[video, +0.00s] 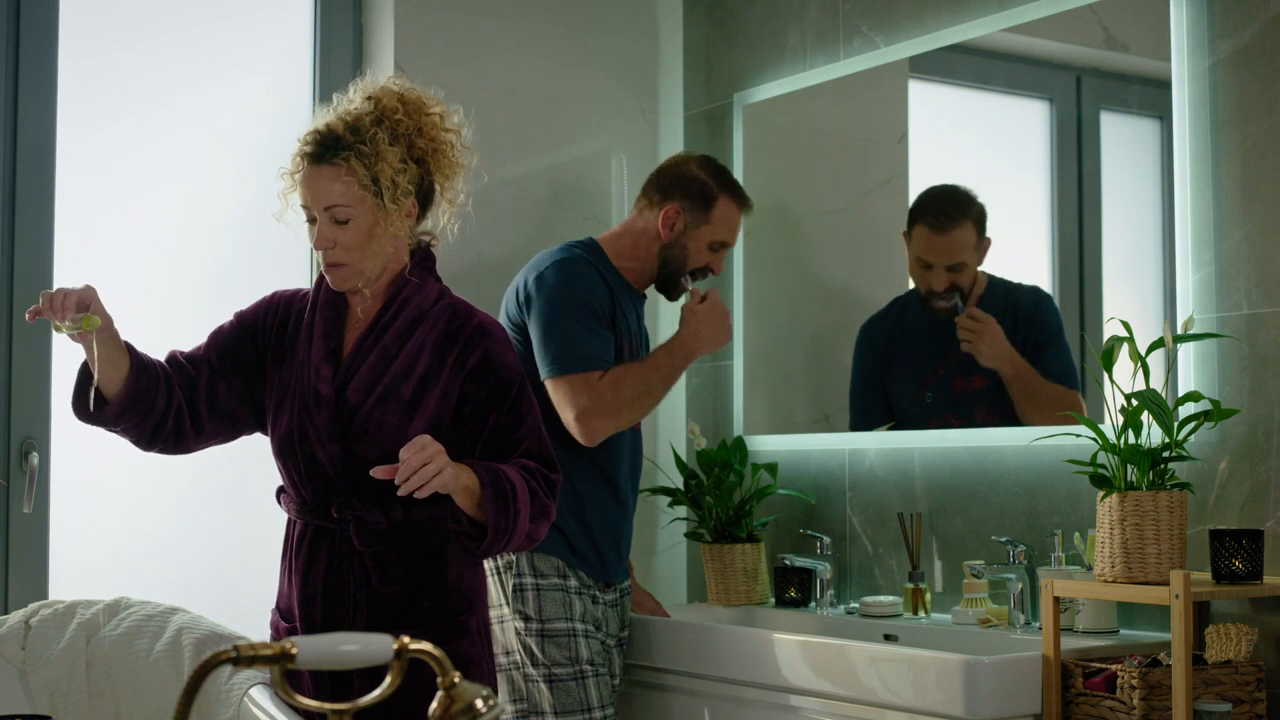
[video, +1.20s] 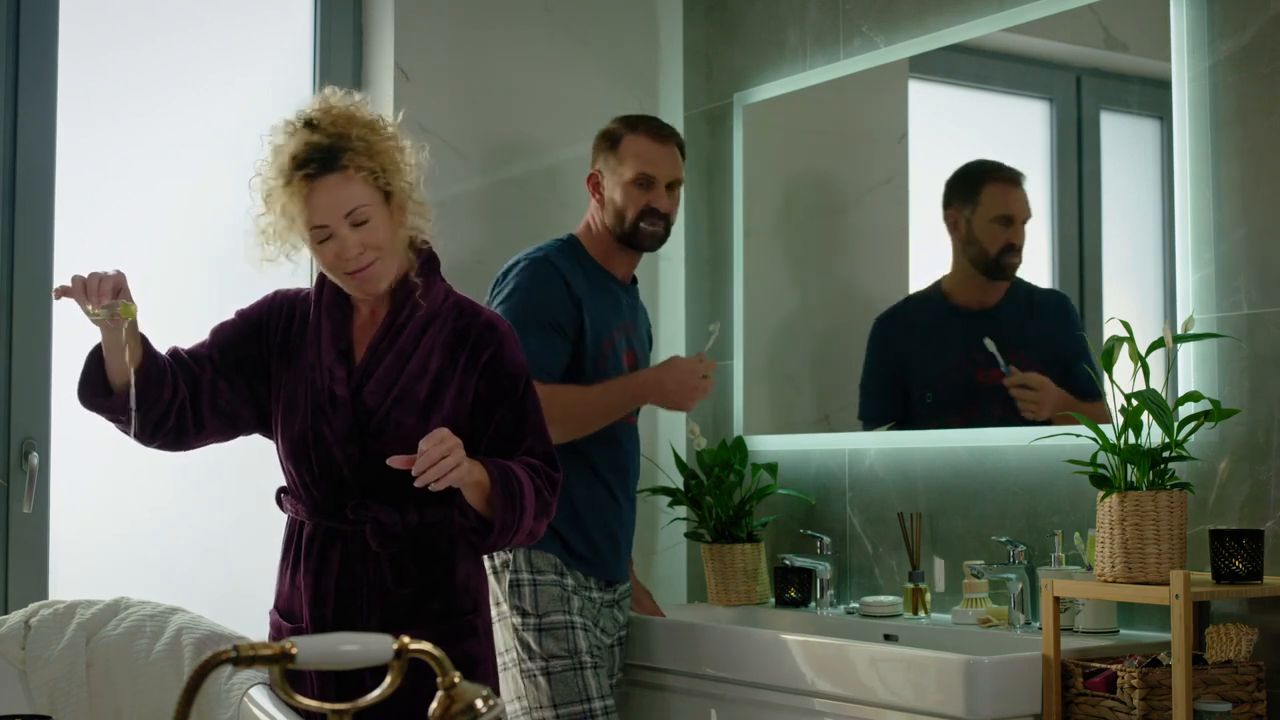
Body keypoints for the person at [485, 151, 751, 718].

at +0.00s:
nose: (716, 267)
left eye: (724, 252)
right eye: (714, 247)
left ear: (670, 225)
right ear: (668, 221)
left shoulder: (623, 306)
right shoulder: (565, 277)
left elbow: (592, 473)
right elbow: (588, 415)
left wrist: (623, 581)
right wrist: (688, 344)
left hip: (595, 576)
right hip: (542, 570)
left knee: (587, 706)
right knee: (566, 710)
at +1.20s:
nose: (660, 203)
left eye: (672, 187)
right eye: (642, 183)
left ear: (681, 193)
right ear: (597, 185)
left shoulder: (630, 304)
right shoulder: (539, 279)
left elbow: (603, 461)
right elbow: (514, 413)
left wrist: (626, 579)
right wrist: (646, 387)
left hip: (601, 577)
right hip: (541, 567)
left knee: (587, 708)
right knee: (570, 710)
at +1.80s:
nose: (613, 178)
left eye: (636, 164)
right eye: (601, 156)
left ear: (668, 178)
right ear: (579, 156)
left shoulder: (668, 295)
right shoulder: (508, 265)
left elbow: (682, 441)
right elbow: (469, 413)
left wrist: (710, 563)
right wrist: (573, 404)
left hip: (604, 566)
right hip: (513, 556)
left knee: (594, 712)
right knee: (523, 714)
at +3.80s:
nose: (599, 187)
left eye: (623, 172)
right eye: (589, 164)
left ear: (665, 177)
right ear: (574, 153)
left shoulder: (681, 297)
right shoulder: (499, 265)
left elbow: (697, 457)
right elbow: (454, 414)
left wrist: (720, 593)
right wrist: (548, 411)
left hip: (609, 594)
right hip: (496, 586)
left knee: (602, 712)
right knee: (494, 713)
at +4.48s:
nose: (605, 176)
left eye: (623, 158)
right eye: (588, 156)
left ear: (648, 166)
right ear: (559, 158)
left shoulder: (650, 296)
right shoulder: (516, 271)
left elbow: (666, 440)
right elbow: (483, 406)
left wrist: (706, 564)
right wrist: (580, 389)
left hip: (607, 575)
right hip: (518, 568)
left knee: (595, 712)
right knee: (519, 710)